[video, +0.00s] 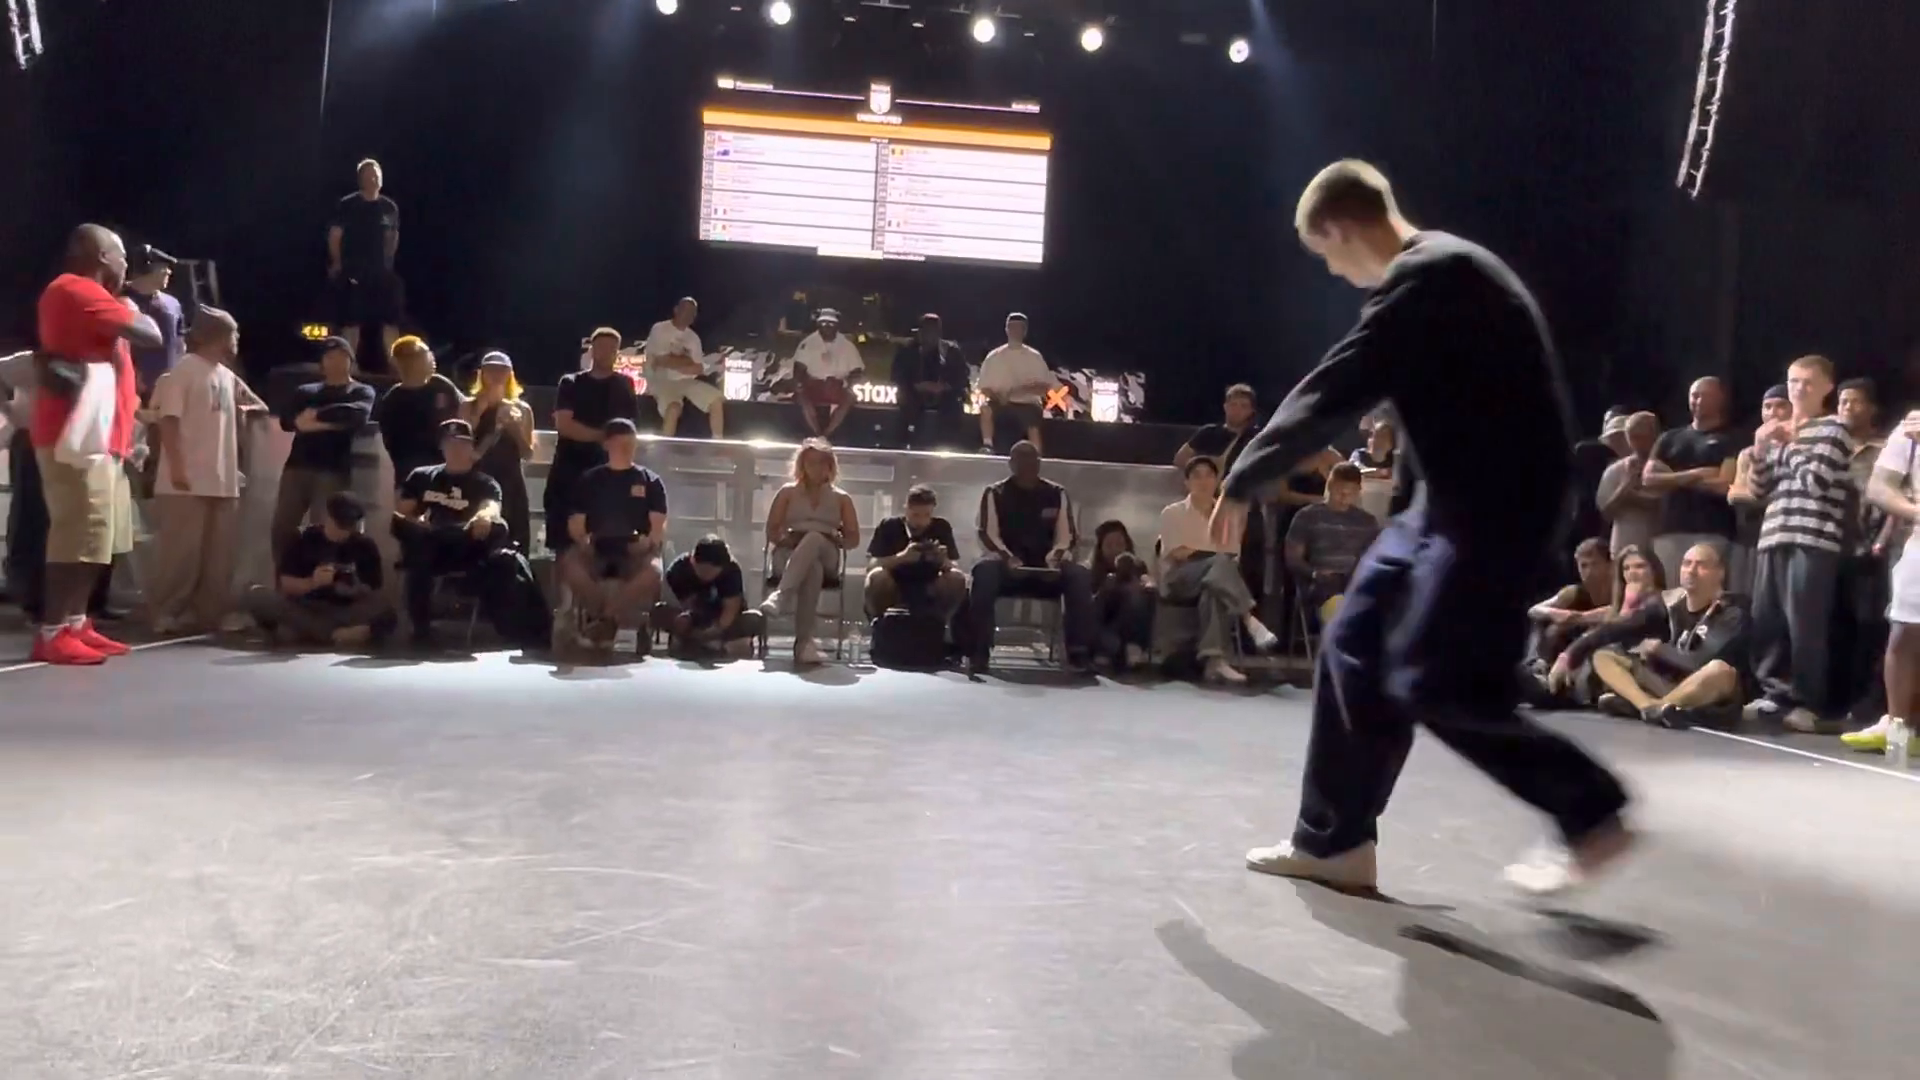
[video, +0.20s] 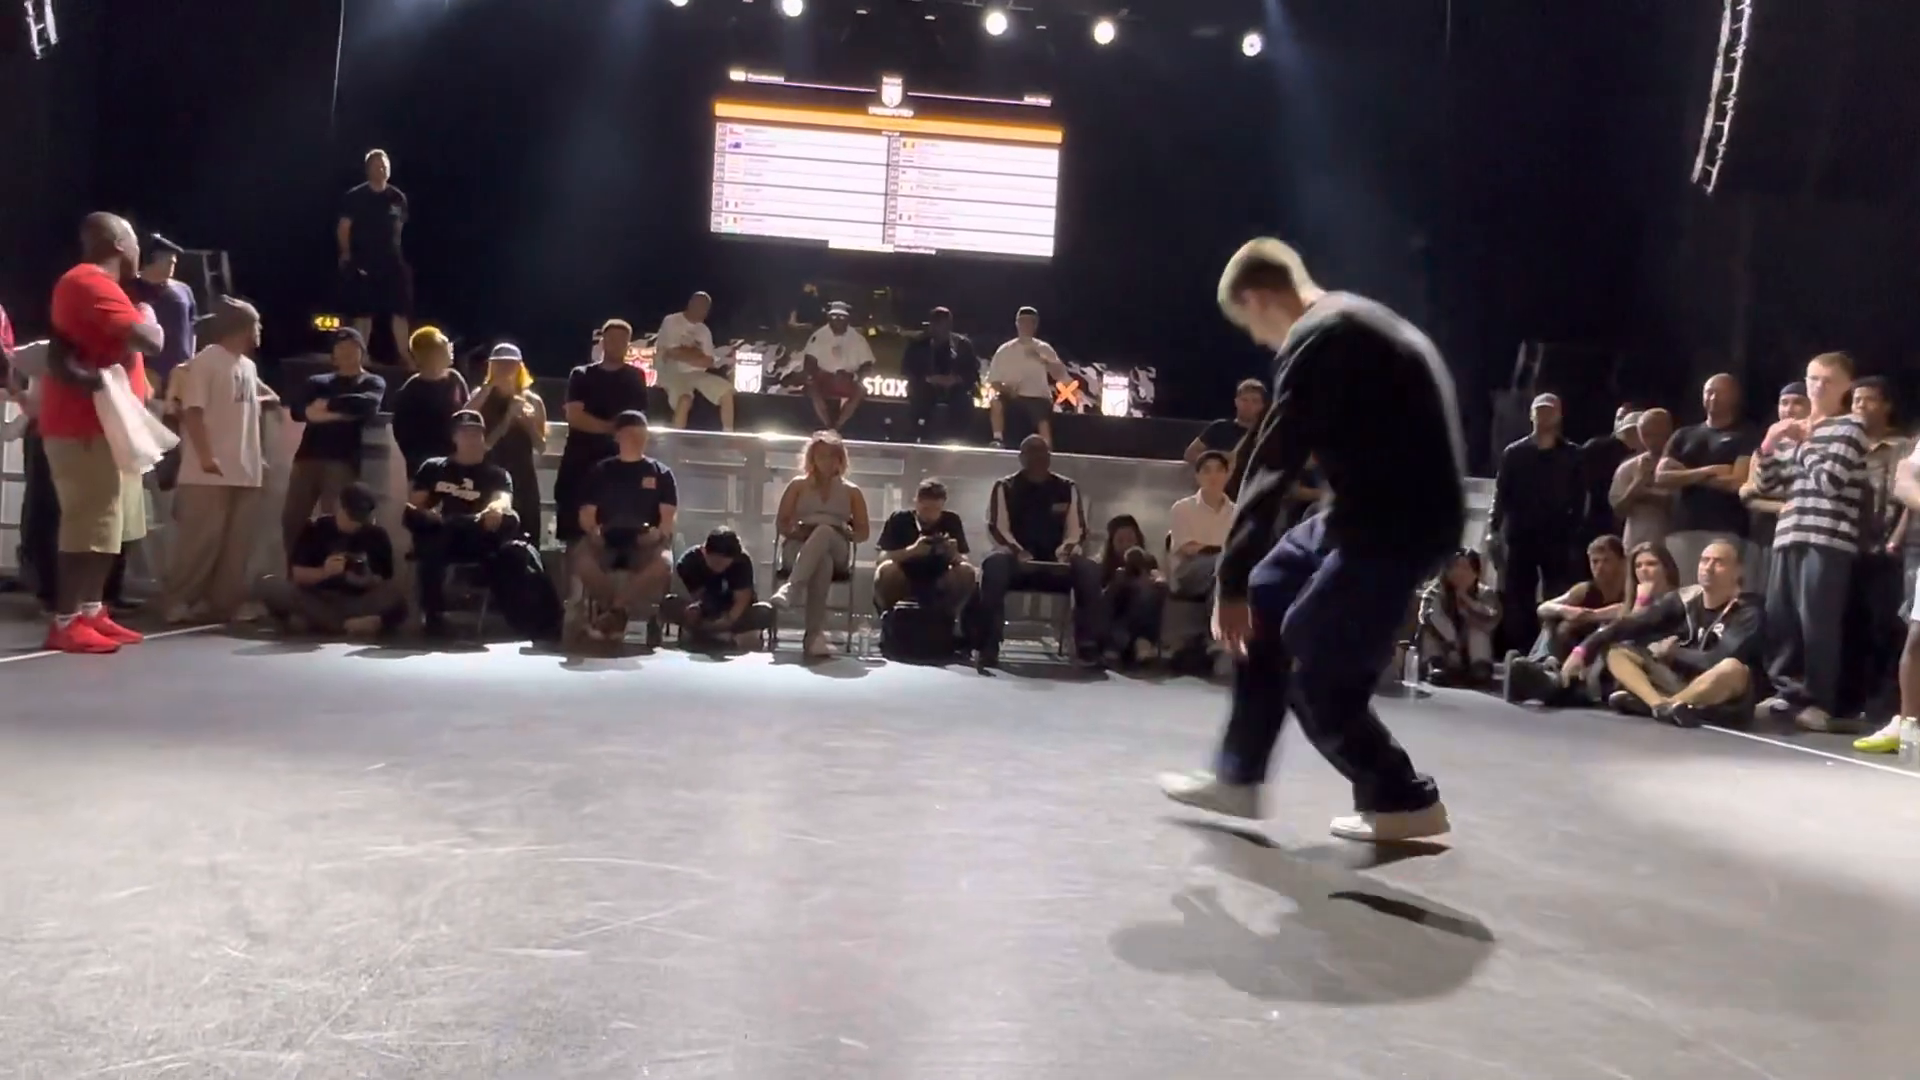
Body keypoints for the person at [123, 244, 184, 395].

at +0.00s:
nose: (169, 272)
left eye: (168, 268)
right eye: (164, 268)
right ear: (149, 269)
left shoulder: (173, 303)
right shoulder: (125, 302)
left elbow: (180, 342)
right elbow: (119, 344)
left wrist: (179, 374)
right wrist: (130, 377)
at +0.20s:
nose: (172, 266)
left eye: (174, 262)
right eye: (169, 261)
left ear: (175, 263)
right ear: (155, 260)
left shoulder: (184, 290)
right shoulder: (133, 289)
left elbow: (192, 326)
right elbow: (130, 328)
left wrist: (189, 356)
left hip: (180, 365)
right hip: (149, 367)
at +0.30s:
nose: (174, 260)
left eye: (176, 255)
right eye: (169, 255)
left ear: (179, 257)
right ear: (154, 255)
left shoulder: (189, 285)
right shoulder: (137, 286)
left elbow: (197, 323)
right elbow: (135, 328)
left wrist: (196, 354)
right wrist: (148, 368)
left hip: (187, 367)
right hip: (154, 368)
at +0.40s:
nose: (177, 252)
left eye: (179, 247)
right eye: (171, 247)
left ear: (182, 250)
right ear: (158, 250)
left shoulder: (194, 280)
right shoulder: (144, 281)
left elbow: (205, 314)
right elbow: (141, 321)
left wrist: (206, 344)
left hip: (195, 355)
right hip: (163, 360)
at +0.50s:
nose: (181, 249)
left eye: (183, 244)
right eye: (175, 244)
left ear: (186, 246)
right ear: (162, 246)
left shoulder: (200, 276)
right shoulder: (149, 278)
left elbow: (212, 310)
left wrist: (213, 346)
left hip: (200, 355)